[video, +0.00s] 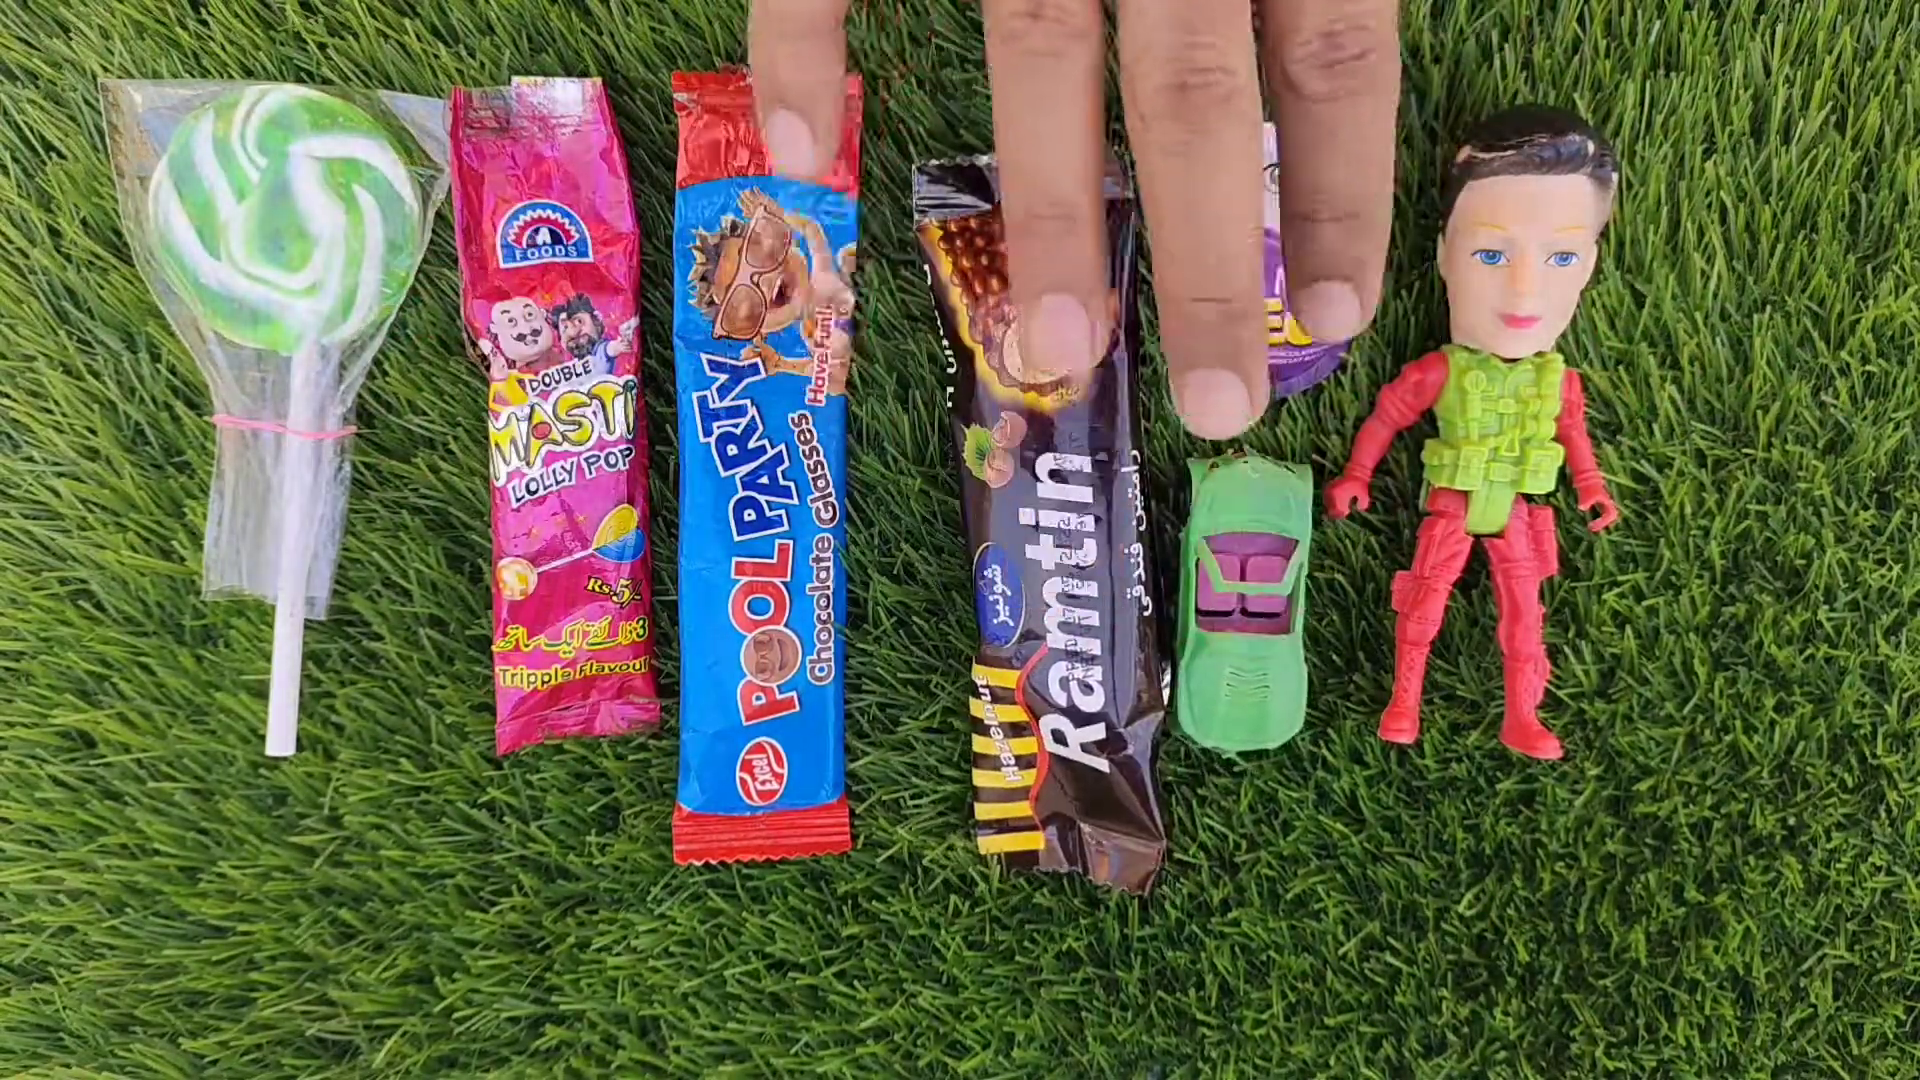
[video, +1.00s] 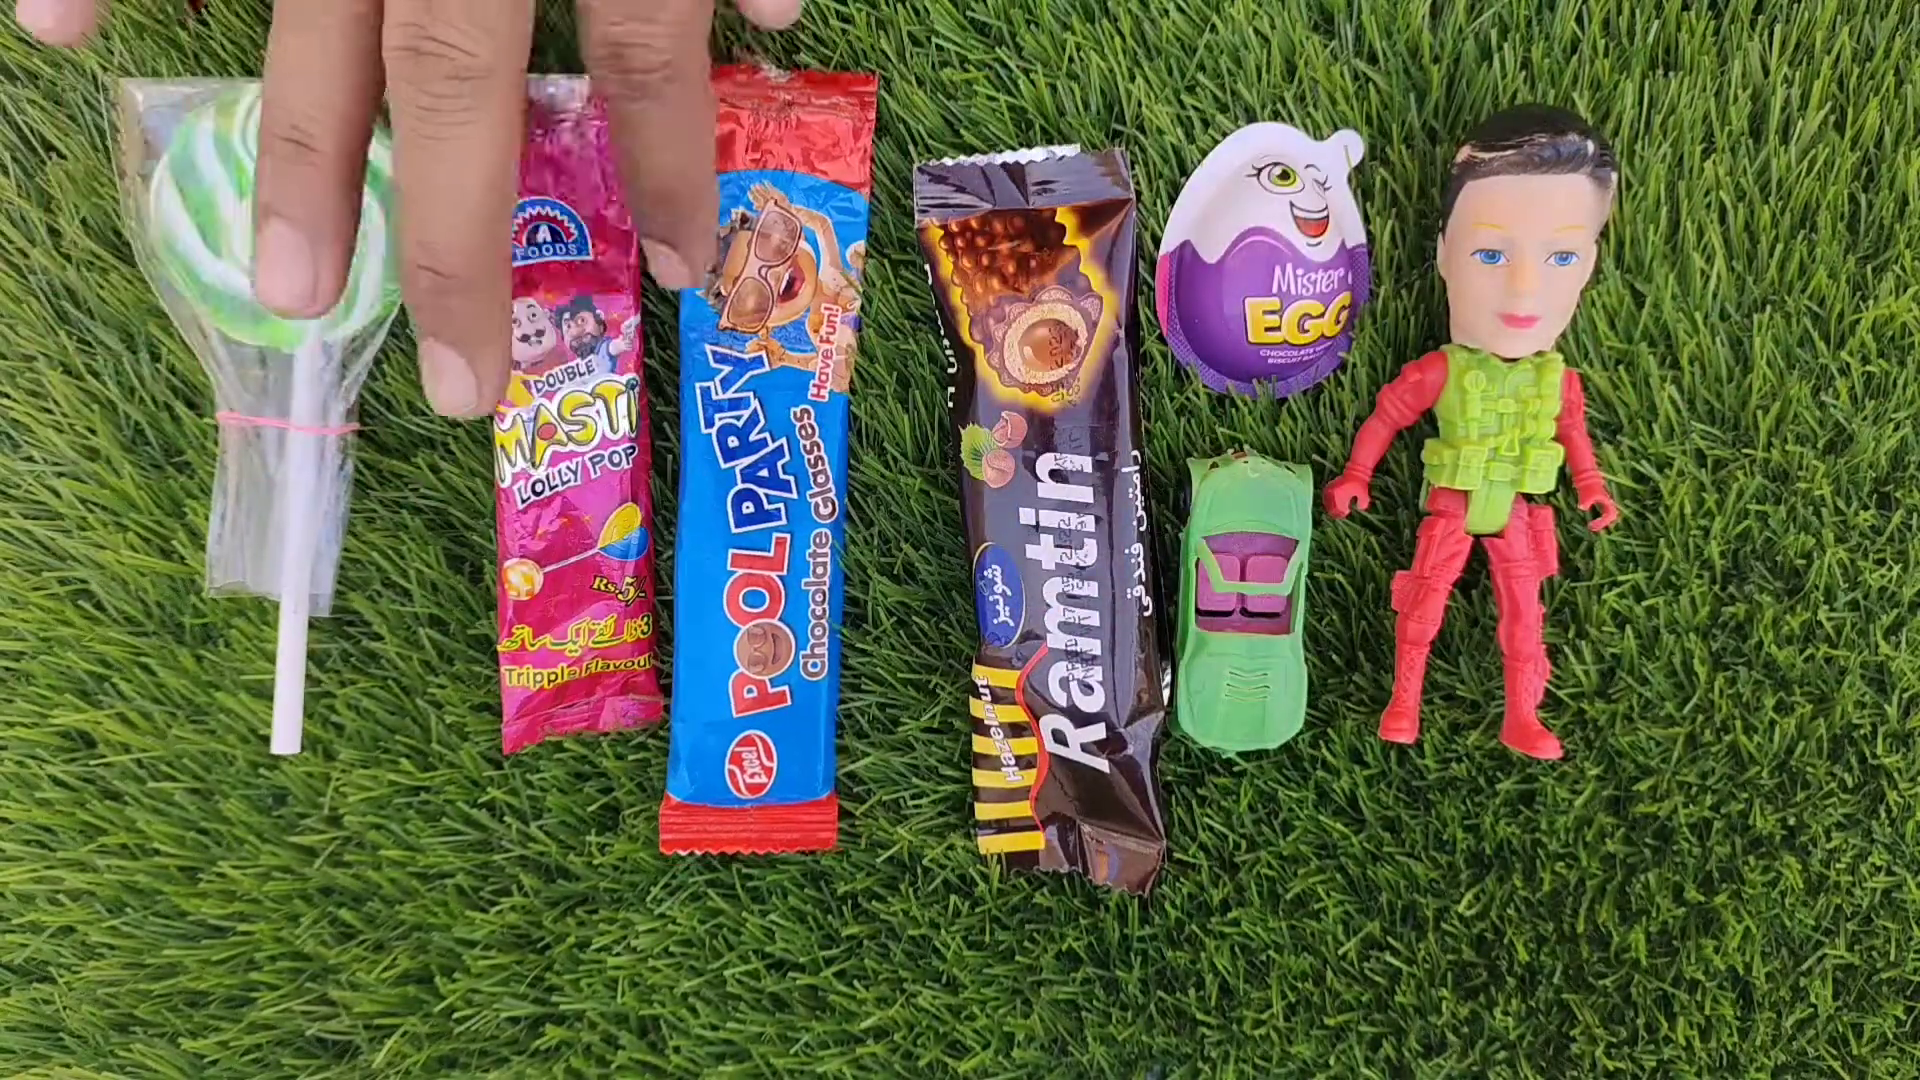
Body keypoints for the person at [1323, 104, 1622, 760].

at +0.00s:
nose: (1523, 284)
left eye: (1560, 257)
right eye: (1492, 254)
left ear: (1589, 272)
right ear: (1442, 259)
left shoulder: (1561, 383)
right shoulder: (1441, 372)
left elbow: (1576, 442)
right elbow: (1386, 419)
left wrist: (1591, 487)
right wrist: (1356, 474)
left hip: (1523, 510)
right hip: (1453, 502)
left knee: (1524, 612)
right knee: (1424, 602)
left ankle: (1521, 715)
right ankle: (1405, 698)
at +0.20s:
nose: (1523, 285)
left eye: (1560, 257)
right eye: (1491, 254)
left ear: (1590, 271)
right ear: (1441, 259)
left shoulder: (1561, 382)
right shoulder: (1440, 372)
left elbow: (1576, 441)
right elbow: (1386, 419)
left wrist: (1591, 486)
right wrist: (1356, 473)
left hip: (1522, 510)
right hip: (1453, 502)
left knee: (1524, 613)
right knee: (1424, 602)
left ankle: (1521, 716)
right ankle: (1405, 698)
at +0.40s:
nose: (1523, 285)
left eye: (1560, 257)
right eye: (1491, 254)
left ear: (1590, 271)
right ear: (1441, 259)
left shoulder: (1560, 382)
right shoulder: (1440, 372)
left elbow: (1576, 441)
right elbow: (1386, 419)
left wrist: (1591, 486)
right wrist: (1356, 474)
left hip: (1522, 510)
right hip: (1453, 502)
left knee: (1524, 612)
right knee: (1424, 602)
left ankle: (1521, 716)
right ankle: (1405, 698)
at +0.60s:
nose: (1523, 285)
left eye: (1560, 257)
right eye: (1491, 254)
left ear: (1590, 271)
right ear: (1441, 259)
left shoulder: (1560, 382)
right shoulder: (1440, 372)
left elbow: (1576, 441)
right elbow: (1386, 419)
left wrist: (1591, 486)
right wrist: (1356, 474)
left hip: (1522, 510)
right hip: (1453, 502)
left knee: (1524, 613)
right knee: (1424, 602)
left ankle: (1521, 716)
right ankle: (1405, 698)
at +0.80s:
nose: (1523, 284)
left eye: (1560, 257)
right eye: (1492, 254)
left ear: (1589, 272)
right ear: (1442, 260)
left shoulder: (1561, 382)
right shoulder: (1441, 371)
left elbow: (1576, 441)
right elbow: (1386, 418)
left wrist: (1590, 485)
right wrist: (1357, 473)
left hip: (1523, 510)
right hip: (1453, 502)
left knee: (1524, 614)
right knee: (1424, 602)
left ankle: (1521, 716)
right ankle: (1406, 698)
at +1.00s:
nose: (1523, 284)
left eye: (1560, 257)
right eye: (1492, 254)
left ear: (1589, 272)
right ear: (1442, 260)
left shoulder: (1561, 382)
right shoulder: (1441, 371)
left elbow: (1576, 441)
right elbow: (1386, 418)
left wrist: (1590, 486)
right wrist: (1357, 473)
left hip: (1523, 510)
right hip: (1453, 502)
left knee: (1524, 614)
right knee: (1424, 603)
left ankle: (1521, 716)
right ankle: (1406, 698)